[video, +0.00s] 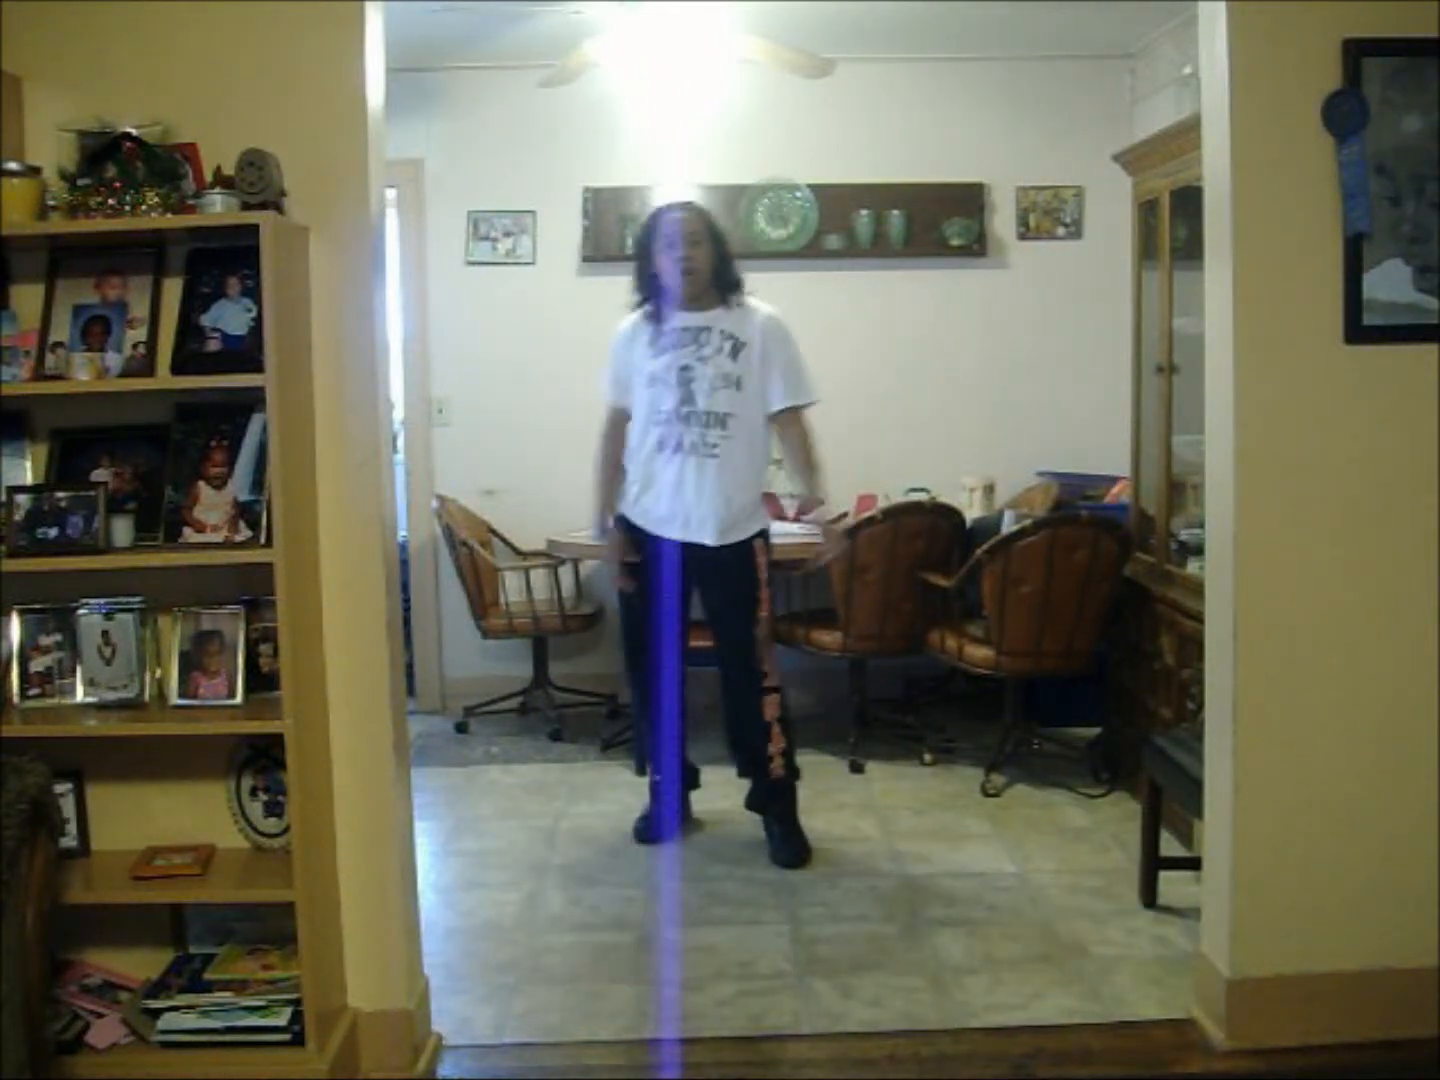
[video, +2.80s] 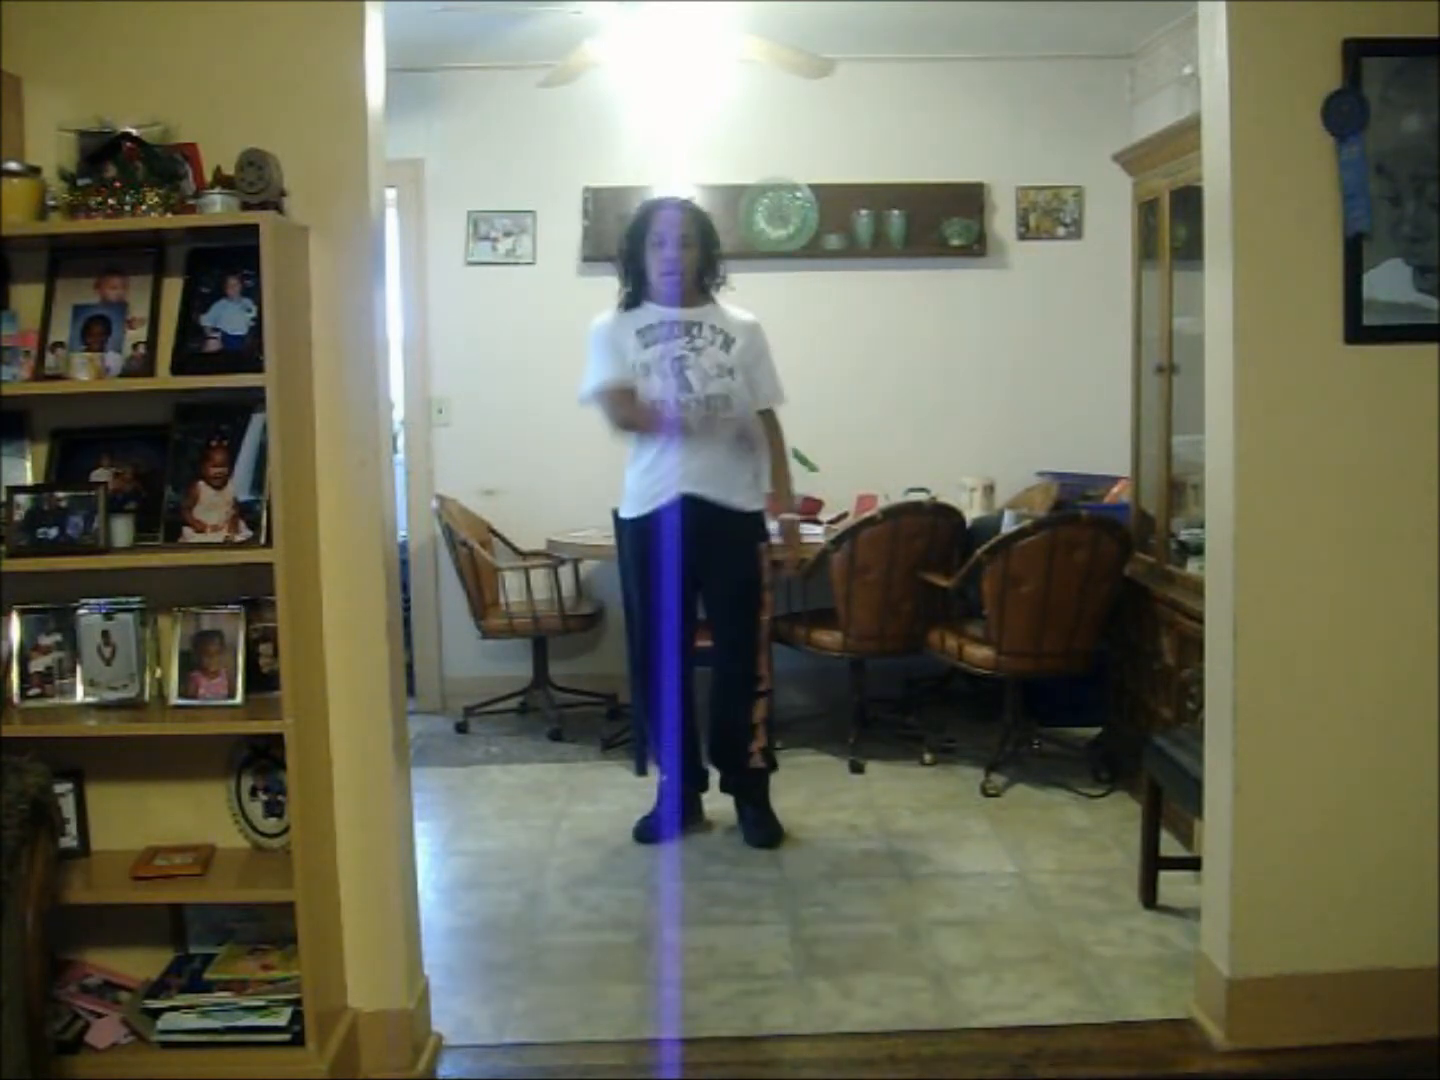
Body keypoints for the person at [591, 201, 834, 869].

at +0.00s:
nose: (682, 256)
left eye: (693, 244)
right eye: (669, 246)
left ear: (718, 252)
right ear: (648, 260)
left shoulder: (759, 328)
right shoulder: (633, 337)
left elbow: (788, 419)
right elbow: (615, 432)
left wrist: (812, 491)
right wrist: (608, 520)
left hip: (734, 523)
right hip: (650, 523)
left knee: (750, 665)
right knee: (654, 667)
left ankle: (777, 803)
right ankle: (667, 797)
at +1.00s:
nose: (709, 240)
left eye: (728, 233)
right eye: (705, 229)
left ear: (757, 258)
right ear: (691, 249)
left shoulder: (789, 331)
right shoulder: (661, 316)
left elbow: (834, 412)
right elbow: (635, 391)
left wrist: (896, 443)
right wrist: (567, 431)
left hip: (749, 517)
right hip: (665, 512)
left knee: (765, 670)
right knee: (664, 662)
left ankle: (777, 824)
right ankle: (669, 796)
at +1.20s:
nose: (704, 264)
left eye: (719, 257)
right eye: (707, 252)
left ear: (758, 272)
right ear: (711, 255)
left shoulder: (806, 350)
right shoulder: (682, 308)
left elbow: (861, 441)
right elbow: (648, 376)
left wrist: (923, 519)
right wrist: (601, 441)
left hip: (755, 525)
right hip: (672, 516)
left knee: (768, 676)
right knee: (666, 664)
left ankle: (776, 825)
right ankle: (670, 795)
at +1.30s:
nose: (701, 272)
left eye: (715, 264)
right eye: (704, 259)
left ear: (757, 276)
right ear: (715, 259)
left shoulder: (800, 352)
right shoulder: (688, 310)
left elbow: (829, 460)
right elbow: (667, 394)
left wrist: (848, 549)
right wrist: (654, 476)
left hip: (757, 527)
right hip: (677, 515)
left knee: (766, 675)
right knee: (667, 665)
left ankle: (776, 824)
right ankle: (670, 793)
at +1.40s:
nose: (702, 276)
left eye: (717, 267)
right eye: (703, 262)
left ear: (758, 274)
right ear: (707, 259)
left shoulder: (796, 349)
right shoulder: (689, 316)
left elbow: (811, 455)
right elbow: (685, 410)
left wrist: (796, 532)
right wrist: (669, 494)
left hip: (759, 524)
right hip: (681, 515)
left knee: (767, 674)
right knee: (668, 663)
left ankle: (776, 825)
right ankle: (671, 794)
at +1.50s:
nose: (692, 268)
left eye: (703, 258)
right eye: (693, 256)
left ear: (744, 266)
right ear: (718, 263)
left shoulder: (792, 350)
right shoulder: (694, 318)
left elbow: (774, 461)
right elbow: (691, 420)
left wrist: (716, 537)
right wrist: (665, 504)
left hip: (759, 532)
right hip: (682, 520)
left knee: (770, 679)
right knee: (663, 665)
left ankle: (776, 824)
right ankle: (671, 793)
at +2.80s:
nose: (672, 254)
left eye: (684, 243)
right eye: (659, 243)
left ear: (706, 253)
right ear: (637, 254)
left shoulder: (741, 330)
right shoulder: (615, 331)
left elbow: (768, 423)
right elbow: (620, 411)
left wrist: (784, 499)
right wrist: (682, 418)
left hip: (732, 506)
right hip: (654, 508)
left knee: (738, 653)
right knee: (661, 653)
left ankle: (747, 786)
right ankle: (678, 790)